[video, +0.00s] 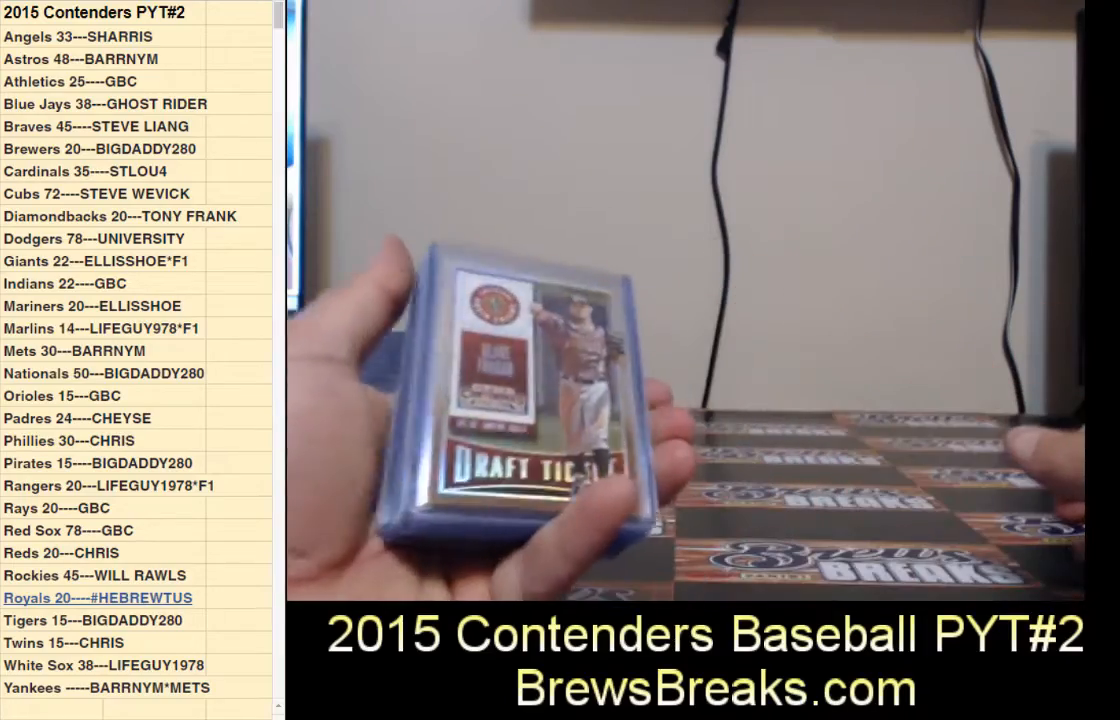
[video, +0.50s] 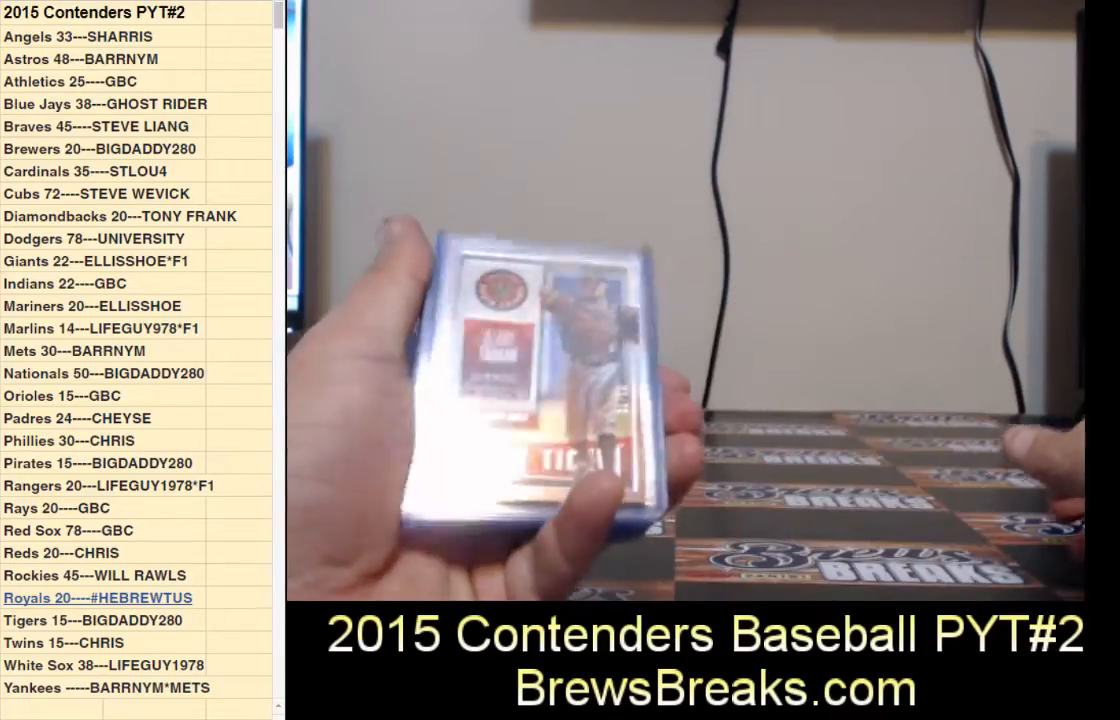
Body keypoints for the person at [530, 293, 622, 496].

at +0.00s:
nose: (578, 309)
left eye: (583, 305)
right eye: (575, 305)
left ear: (590, 309)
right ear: (569, 308)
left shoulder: (601, 335)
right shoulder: (564, 329)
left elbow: (614, 358)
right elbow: (548, 320)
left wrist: (617, 350)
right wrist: (538, 312)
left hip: (597, 386)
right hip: (571, 385)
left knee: (599, 434)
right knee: (573, 434)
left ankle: (604, 480)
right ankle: (579, 478)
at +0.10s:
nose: (592, 306)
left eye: (596, 303)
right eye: (588, 302)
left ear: (604, 306)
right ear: (583, 305)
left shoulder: (614, 331)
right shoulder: (577, 325)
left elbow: (628, 357)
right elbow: (563, 317)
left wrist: (630, 348)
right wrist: (552, 310)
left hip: (611, 383)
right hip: (585, 382)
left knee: (612, 432)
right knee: (587, 431)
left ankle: (618, 477)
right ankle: (592, 473)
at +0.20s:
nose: (600, 314)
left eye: (604, 310)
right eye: (596, 310)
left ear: (612, 313)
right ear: (591, 312)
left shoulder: (621, 339)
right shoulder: (584, 331)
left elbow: (637, 364)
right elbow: (568, 321)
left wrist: (638, 354)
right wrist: (560, 315)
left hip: (617, 389)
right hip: (592, 388)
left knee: (618, 439)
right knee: (593, 438)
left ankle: (623, 484)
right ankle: (597, 481)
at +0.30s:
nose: (581, 308)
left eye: (586, 304)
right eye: (578, 304)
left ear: (595, 308)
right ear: (572, 307)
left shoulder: (604, 333)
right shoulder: (566, 326)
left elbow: (615, 357)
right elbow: (549, 318)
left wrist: (620, 348)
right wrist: (542, 313)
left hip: (598, 383)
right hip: (571, 383)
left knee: (597, 431)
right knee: (571, 430)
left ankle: (601, 476)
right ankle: (576, 473)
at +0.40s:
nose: (580, 300)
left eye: (584, 295)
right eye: (576, 295)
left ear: (592, 298)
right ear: (570, 298)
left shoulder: (602, 325)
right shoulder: (565, 320)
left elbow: (623, 337)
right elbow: (553, 312)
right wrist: (542, 307)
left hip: (596, 376)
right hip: (570, 376)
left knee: (594, 426)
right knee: (567, 426)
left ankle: (597, 472)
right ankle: (571, 471)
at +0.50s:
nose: (591, 289)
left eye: (596, 284)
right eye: (587, 284)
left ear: (604, 287)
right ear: (581, 286)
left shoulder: (613, 311)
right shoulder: (571, 308)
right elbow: (549, 300)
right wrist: (552, 301)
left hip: (607, 366)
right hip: (579, 366)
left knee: (606, 421)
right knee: (577, 418)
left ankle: (609, 473)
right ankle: (582, 466)